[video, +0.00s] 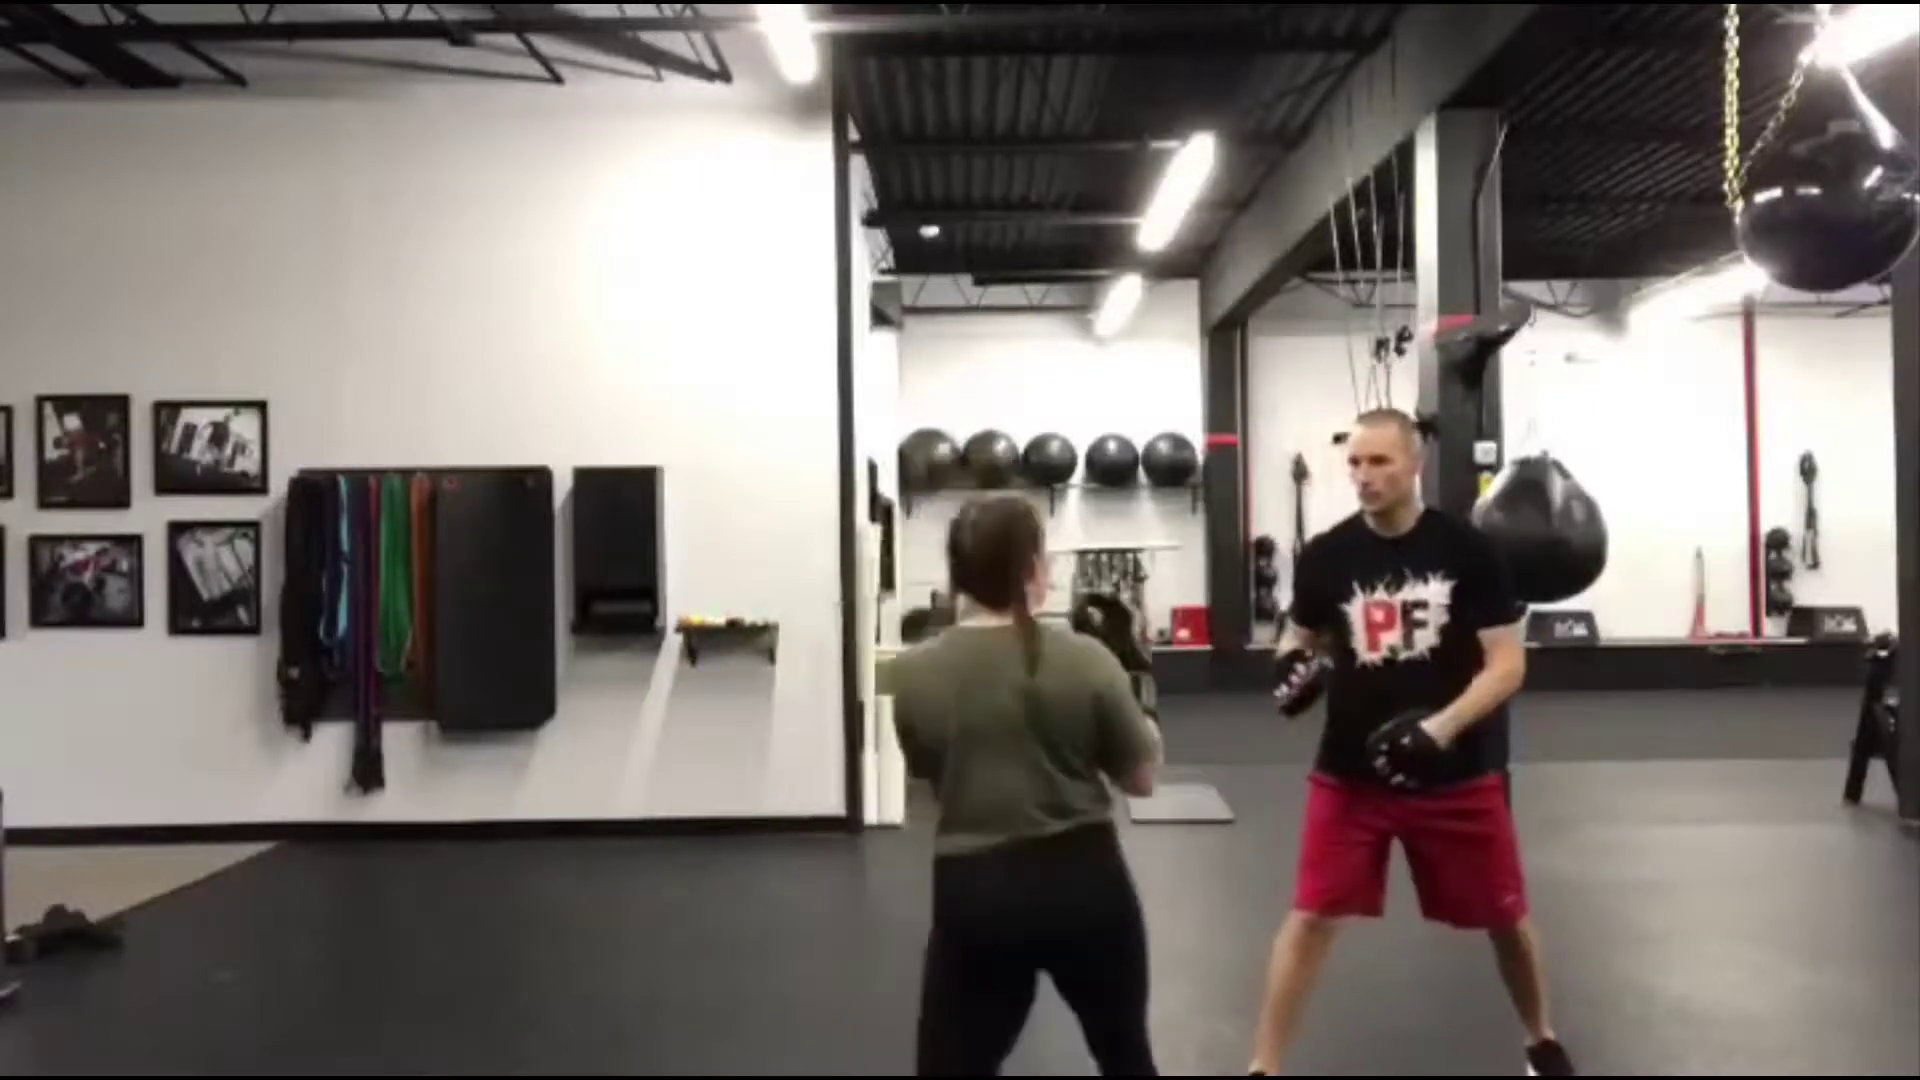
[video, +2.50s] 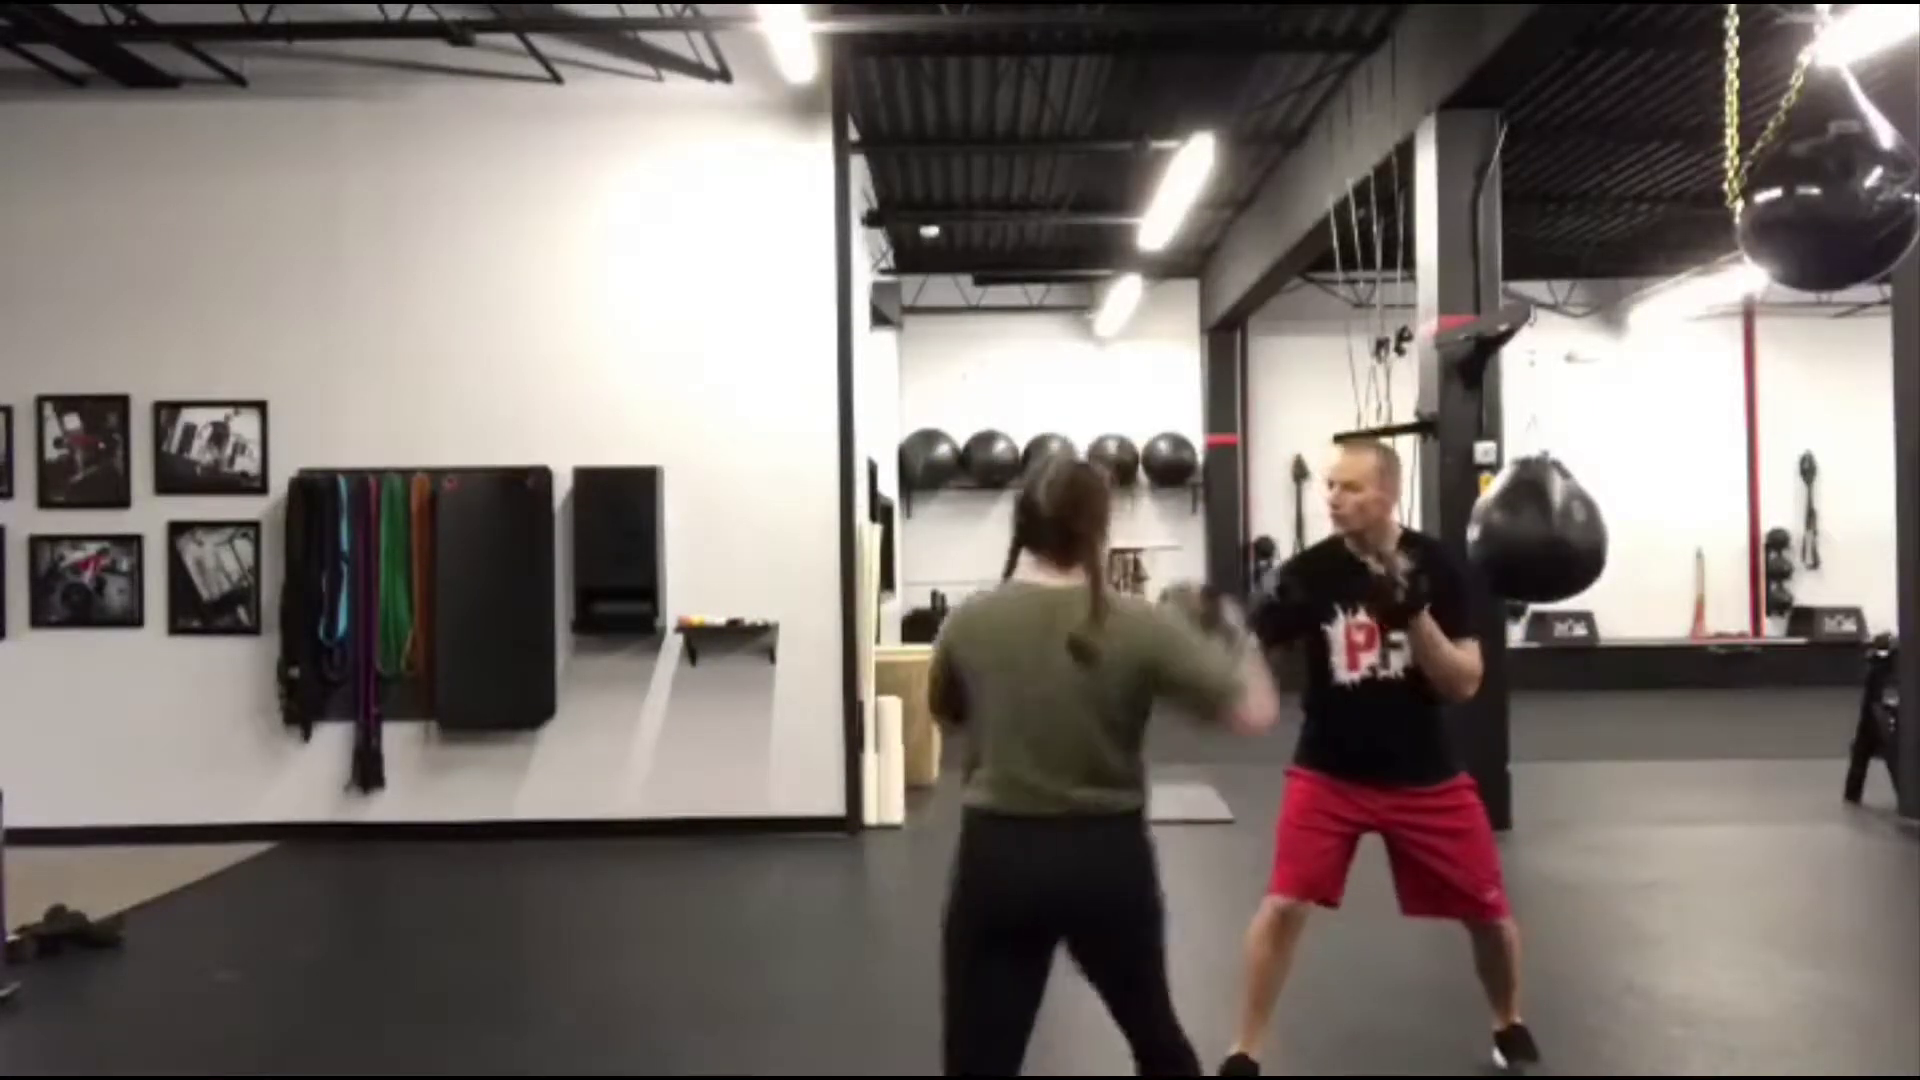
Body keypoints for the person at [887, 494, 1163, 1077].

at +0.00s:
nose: (1050, 565)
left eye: (1045, 552)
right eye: (1045, 553)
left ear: (957, 568)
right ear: (1033, 567)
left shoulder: (916, 672)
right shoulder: (1085, 660)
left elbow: (933, 777)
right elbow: (1140, 776)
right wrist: (1125, 701)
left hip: (975, 894)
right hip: (1085, 883)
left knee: (953, 1065)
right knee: (1126, 1059)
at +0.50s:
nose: (1017, 593)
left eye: (1015, 578)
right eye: (1013, 579)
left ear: (925, 583)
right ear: (994, 589)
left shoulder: (866, 664)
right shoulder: (1018, 691)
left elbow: (859, 770)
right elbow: (1063, 829)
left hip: (843, 909)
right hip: (949, 922)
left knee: (837, 1068)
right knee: (1052, 1038)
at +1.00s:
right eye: (1072, 541)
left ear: (998, 559)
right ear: (1075, 553)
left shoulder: (974, 659)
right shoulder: (1130, 627)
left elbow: (966, 771)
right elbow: (1219, 643)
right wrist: (1196, 605)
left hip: (1032, 878)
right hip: (1137, 862)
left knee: (980, 1059)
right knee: (1147, 1027)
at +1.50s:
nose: (1068, 550)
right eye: (1065, 538)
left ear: (981, 542)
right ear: (1062, 550)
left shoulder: (924, 636)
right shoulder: (1096, 655)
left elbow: (907, 735)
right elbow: (1116, 790)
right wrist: (1049, 732)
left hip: (924, 886)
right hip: (1036, 892)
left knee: (911, 1062)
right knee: (1099, 1001)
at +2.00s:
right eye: (1135, 503)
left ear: (1056, 517)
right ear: (1134, 515)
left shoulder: (1013, 617)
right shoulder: (1178, 614)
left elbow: (1001, 725)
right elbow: (1219, 728)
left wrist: (1071, 733)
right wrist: (1147, 721)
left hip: (1053, 853)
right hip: (1161, 849)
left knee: (999, 1043)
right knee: (1182, 1025)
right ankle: (1217, 1070)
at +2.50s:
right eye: (1103, 519)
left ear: (1021, 525)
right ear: (1099, 528)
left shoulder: (972, 619)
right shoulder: (1139, 624)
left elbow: (947, 708)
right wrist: (1235, 630)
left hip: (999, 862)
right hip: (1109, 862)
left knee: (978, 1057)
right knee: (1155, 1034)